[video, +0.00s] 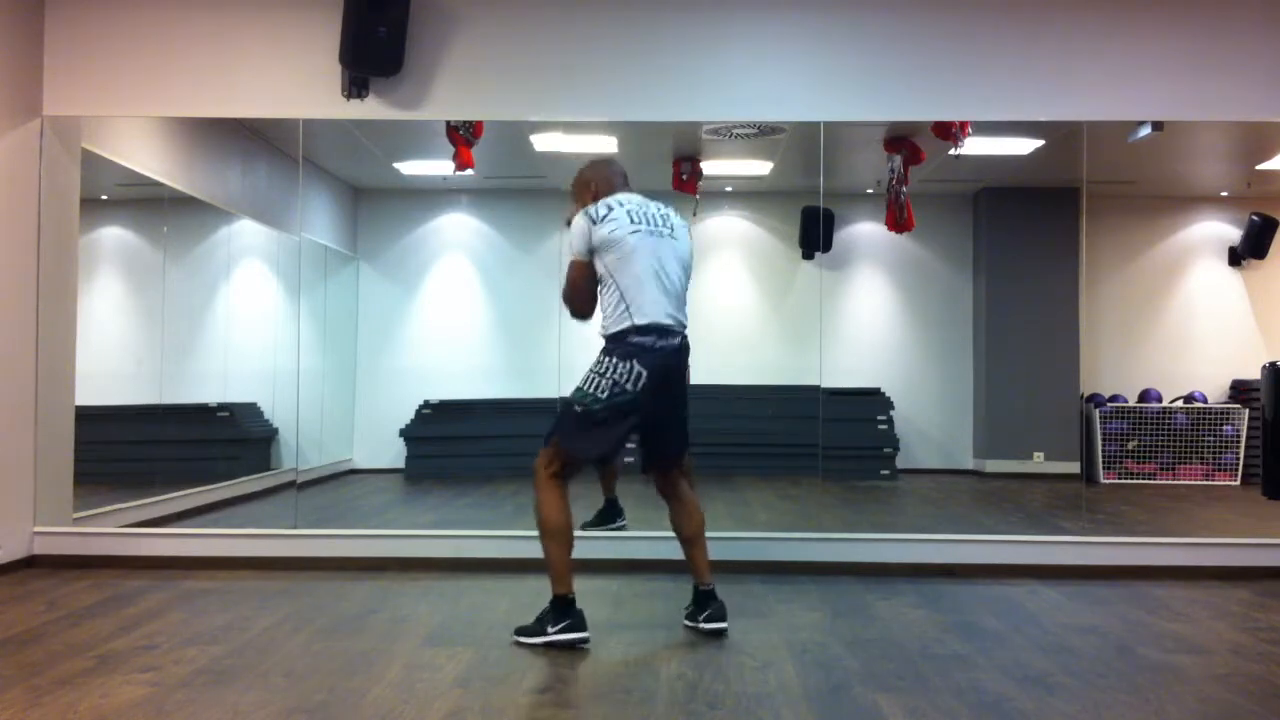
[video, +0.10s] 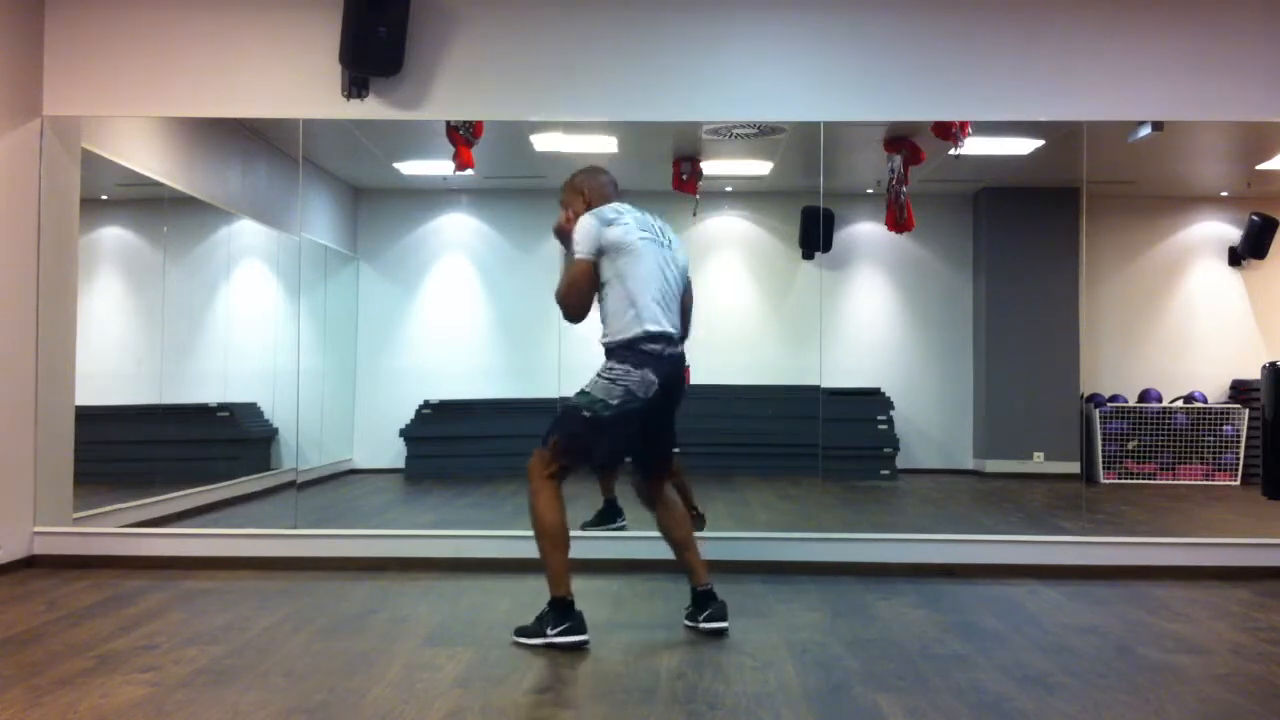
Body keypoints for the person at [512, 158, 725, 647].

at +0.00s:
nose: (577, 211)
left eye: (577, 204)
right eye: (576, 205)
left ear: (592, 190)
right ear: (623, 184)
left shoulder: (593, 215)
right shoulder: (675, 220)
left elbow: (580, 305)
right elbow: (674, 290)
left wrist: (580, 253)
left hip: (629, 356)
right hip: (675, 357)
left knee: (550, 467)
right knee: (672, 476)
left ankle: (562, 608)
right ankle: (706, 597)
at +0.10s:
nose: (567, 219)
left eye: (568, 210)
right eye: (566, 212)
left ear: (584, 198)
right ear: (611, 192)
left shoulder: (596, 220)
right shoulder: (665, 233)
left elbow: (574, 308)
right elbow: (682, 323)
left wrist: (572, 246)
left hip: (629, 369)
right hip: (671, 370)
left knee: (543, 470)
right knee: (653, 483)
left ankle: (561, 611)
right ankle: (705, 596)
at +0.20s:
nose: (559, 203)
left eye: (564, 192)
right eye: (558, 194)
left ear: (594, 187)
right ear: (596, 188)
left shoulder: (629, 217)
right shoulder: (623, 227)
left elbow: (585, 288)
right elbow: (638, 324)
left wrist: (568, 230)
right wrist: (594, 361)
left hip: (642, 370)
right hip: (638, 371)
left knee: (548, 469)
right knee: (624, 499)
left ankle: (562, 611)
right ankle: (712, 592)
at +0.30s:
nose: (568, 187)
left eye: (577, 177)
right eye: (568, 178)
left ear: (612, 180)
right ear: (594, 185)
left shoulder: (656, 219)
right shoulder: (592, 238)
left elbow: (621, 278)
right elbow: (569, 319)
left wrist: (593, 221)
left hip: (650, 368)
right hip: (627, 369)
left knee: (559, 468)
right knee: (625, 499)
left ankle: (564, 611)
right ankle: (718, 588)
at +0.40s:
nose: (573, 183)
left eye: (582, 173)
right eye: (573, 174)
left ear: (618, 178)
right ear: (603, 179)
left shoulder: (661, 224)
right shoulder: (596, 229)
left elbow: (640, 294)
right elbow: (545, 286)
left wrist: (599, 239)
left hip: (652, 368)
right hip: (629, 368)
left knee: (559, 467)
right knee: (630, 497)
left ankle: (565, 611)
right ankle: (720, 590)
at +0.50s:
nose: (575, 180)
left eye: (581, 170)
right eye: (576, 170)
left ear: (613, 175)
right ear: (615, 176)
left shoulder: (642, 223)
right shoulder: (621, 224)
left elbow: (651, 310)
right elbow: (584, 284)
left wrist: (591, 299)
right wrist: (563, 227)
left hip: (640, 368)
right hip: (647, 367)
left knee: (550, 469)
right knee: (649, 487)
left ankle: (564, 611)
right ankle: (724, 594)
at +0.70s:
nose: (571, 176)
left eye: (578, 166)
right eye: (573, 166)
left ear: (605, 170)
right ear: (619, 171)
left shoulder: (612, 215)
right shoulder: (658, 216)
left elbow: (545, 283)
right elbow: (610, 308)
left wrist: (522, 224)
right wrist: (577, 241)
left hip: (635, 365)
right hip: (667, 366)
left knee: (550, 470)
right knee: (651, 483)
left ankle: (561, 612)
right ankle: (724, 594)